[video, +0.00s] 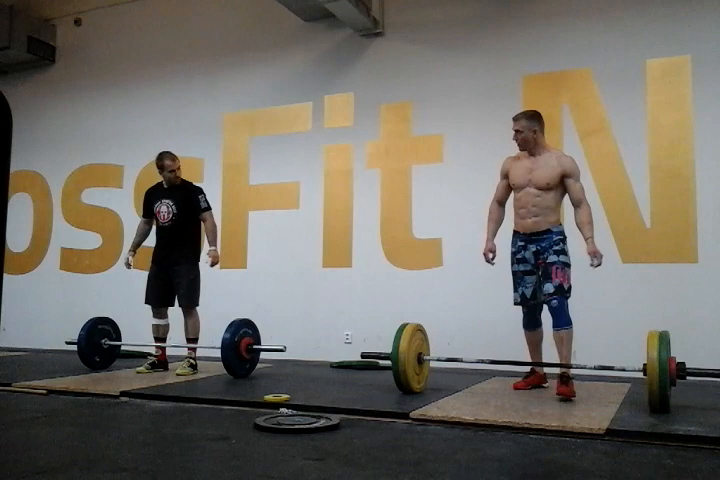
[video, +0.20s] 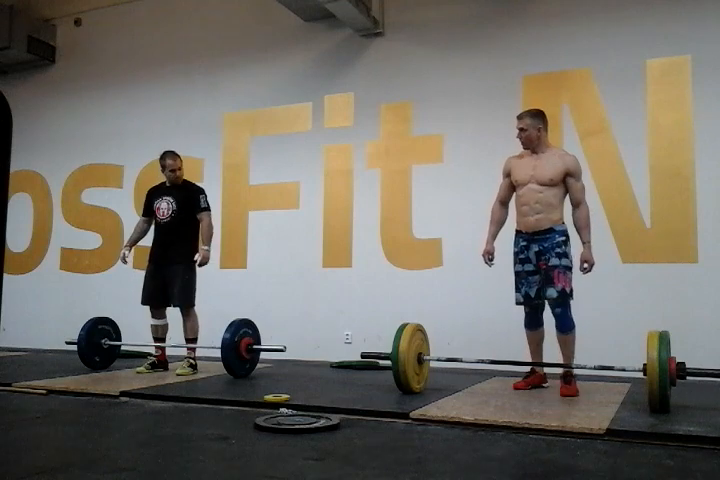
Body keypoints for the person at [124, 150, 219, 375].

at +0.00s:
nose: (177, 173)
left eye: (178, 169)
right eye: (172, 171)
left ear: (180, 166)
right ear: (161, 172)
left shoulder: (193, 192)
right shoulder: (152, 194)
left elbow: (209, 221)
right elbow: (146, 223)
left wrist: (213, 247)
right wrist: (132, 250)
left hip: (187, 259)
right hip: (161, 259)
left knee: (188, 308)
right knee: (158, 307)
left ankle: (191, 359)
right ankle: (159, 358)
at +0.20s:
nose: (174, 174)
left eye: (177, 169)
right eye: (170, 170)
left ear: (182, 166)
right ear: (162, 170)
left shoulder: (195, 192)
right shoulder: (154, 193)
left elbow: (205, 220)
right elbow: (145, 222)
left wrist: (205, 248)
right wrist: (129, 244)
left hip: (184, 259)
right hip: (158, 258)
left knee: (186, 308)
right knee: (156, 307)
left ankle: (191, 359)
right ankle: (160, 358)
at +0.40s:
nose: (169, 180)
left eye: (171, 175)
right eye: (164, 176)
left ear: (178, 168)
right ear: (159, 174)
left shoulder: (195, 193)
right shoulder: (154, 194)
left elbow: (206, 224)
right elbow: (145, 223)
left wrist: (201, 250)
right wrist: (132, 246)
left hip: (183, 260)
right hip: (158, 259)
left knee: (186, 308)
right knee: (156, 307)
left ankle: (191, 359)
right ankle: (159, 358)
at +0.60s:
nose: (162, 185)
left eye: (164, 180)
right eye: (157, 181)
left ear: (171, 171)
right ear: (152, 179)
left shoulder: (191, 196)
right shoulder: (151, 196)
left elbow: (205, 226)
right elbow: (147, 224)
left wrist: (207, 257)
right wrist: (138, 251)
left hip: (186, 261)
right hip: (160, 260)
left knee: (188, 309)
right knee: (158, 307)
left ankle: (191, 360)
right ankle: (159, 358)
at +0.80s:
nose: (151, 214)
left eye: (152, 209)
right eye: (147, 211)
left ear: (159, 201)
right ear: (143, 208)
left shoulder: (184, 214)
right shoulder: (144, 218)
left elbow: (204, 247)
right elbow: (144, 241)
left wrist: (213, 279)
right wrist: (141, 267)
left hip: (194, 264)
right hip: (168, 264)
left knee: (192, 308)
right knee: (160, 307)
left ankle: (192, 359)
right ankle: (160, 357)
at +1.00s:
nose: (154, 261)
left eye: (154, 257)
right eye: (150, 259)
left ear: (159, 245)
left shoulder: (183, 248)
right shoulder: (147, 247)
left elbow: (204, 283)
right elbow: (145, 265)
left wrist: (217, 315)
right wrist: (147, 287)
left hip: (199, 264)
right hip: (174, 265)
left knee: (197, 308)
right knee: (156, 305)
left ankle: (193, 358)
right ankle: (159, 357)